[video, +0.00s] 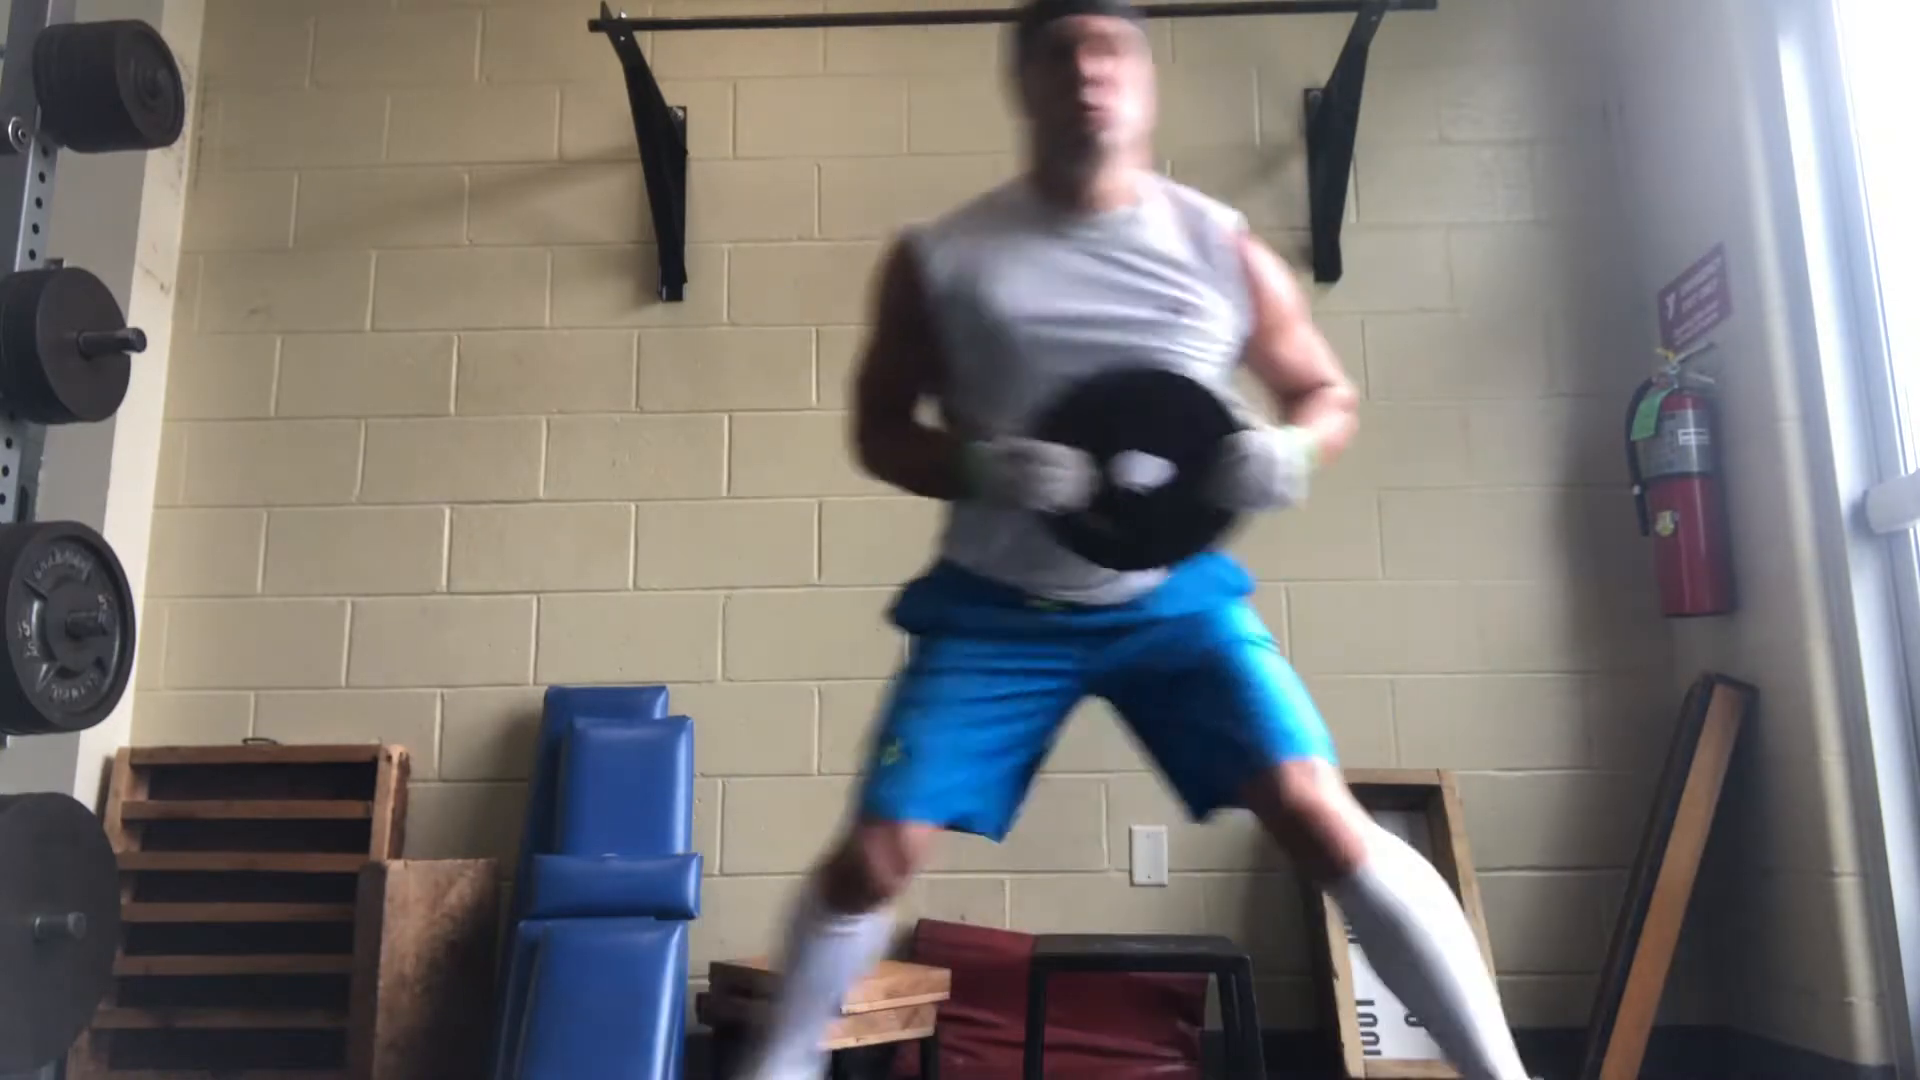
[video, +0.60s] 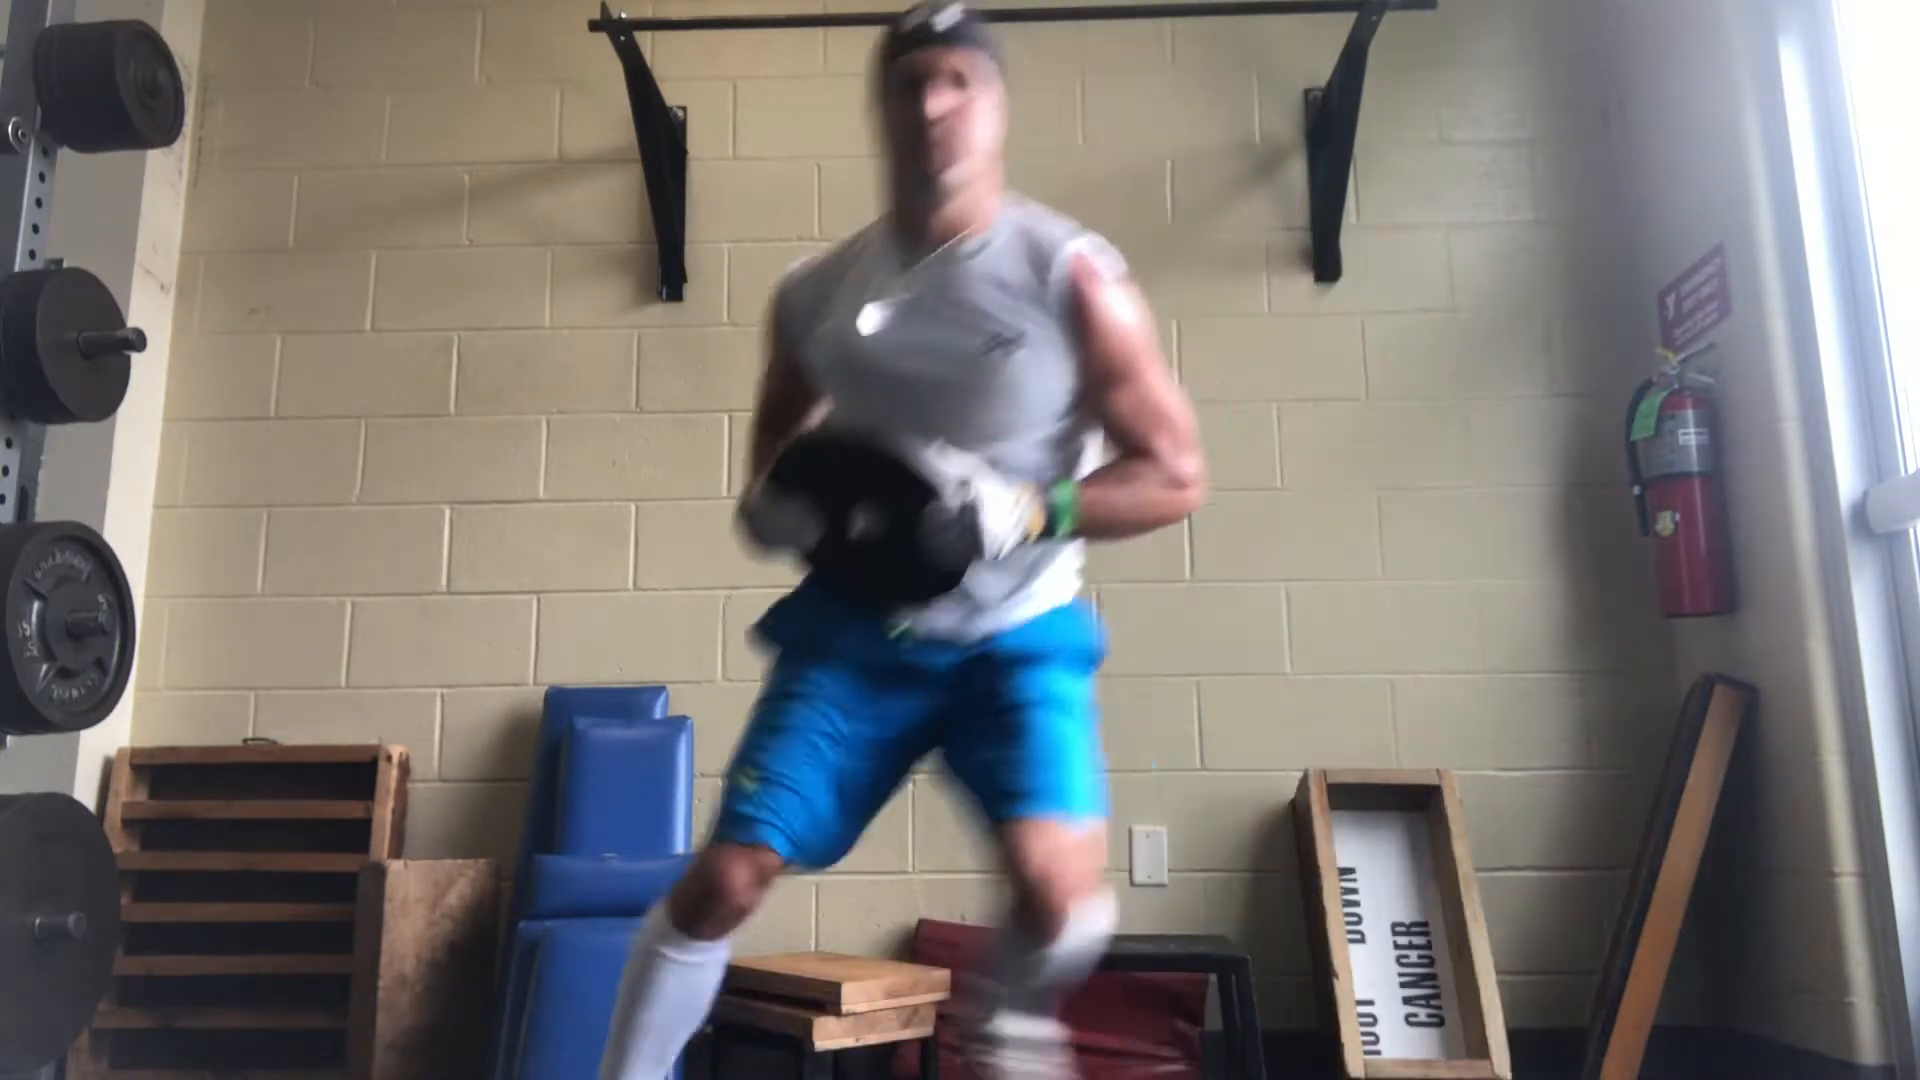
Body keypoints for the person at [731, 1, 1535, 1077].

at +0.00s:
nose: (1088, 72)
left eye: (1111, 50)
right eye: (1060, 53)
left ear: (1151, 82)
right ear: (1021, 86)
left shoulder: (1220, 247)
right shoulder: (938, 262)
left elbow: (1333, 395)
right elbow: (879, 434)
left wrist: (1292, 451)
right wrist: (981, 467)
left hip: (1180, 606)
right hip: (998, 616)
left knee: (1317, 813)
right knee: (874, 857)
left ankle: (1501, 1068)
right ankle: (771, 1066)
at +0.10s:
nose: (1204, 105)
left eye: (1225, 82)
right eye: (1173, 83)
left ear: (1260, 119)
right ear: (1129, 114)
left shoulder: (1318, 295)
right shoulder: (1036, 294)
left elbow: (1393, 440)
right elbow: (973, 480)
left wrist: (1384, 511)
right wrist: (1092, 529)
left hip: (1270, 655)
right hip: (1086, 660)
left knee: (1404, 871)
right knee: (1003, 901)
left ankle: (1528, 1071)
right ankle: (971, 1062)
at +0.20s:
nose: (1278, 128)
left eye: (1298, 112)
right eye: (1246, 113)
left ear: (1324, 154)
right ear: (1195, 147)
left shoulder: (1368, 336)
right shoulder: (1088, 311)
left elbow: (1438, 491)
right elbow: (1010, 497)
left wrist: (1432, 561)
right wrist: (1129, 569)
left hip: (1301, 670)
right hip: (1119, 674)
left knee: (1431, 889)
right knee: (1066, 933)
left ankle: (1539, 1074)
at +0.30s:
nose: (1256, 120)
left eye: (1278, 101)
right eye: (1225, 101)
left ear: (1305, 143)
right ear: (1179, 136)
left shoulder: (1350, 315)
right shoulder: (1071, 302)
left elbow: (1435, 494)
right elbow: (991, 467)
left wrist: (1375, 534)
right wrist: (1082, 528)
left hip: (1287, 658)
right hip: (1104, 654)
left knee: (1420, 882)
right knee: (980, 839)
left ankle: (1535, 1073)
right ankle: (1050, 909)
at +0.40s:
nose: (1168, 75)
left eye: (1192, 58)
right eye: (1143, 57)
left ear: (1227, 98)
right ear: (1103, 88)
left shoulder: (1273, 261)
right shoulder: (1003, 256)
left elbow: (1364, 462)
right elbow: (923, 391)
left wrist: (1224, 467)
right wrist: (974, 444)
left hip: (1203, 617)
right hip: (1023, 592)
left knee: (1341, 863)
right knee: (859, 740)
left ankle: (1505, 1074)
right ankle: (847, 951)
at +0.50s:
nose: (1053, 57)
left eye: (1079, 35)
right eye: (1028, 34)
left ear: (1113, 66)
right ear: (992, 62)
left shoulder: (1169, 235)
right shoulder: (906, 240)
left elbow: (1261, 446)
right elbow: (840, 414)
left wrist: (1100, 456)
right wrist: (877, 429)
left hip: (1118, 594)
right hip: (941, 582)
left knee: (1209, 832)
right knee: (793, 805)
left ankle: (1308, 1075)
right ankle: (646, 1062)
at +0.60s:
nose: (935, 105)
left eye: (959, 83)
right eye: (913, 86)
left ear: (1001, 111)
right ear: (883, 116)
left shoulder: (1073, 277)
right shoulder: (815, 299)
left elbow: (1176, 475)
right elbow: (763, 500)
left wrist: (1026, 513)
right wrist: (803, 510)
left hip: (1024, 645)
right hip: (857, 640)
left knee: (1068, 907)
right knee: (725, 883)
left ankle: (1004, 1026)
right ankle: (631, 1073)